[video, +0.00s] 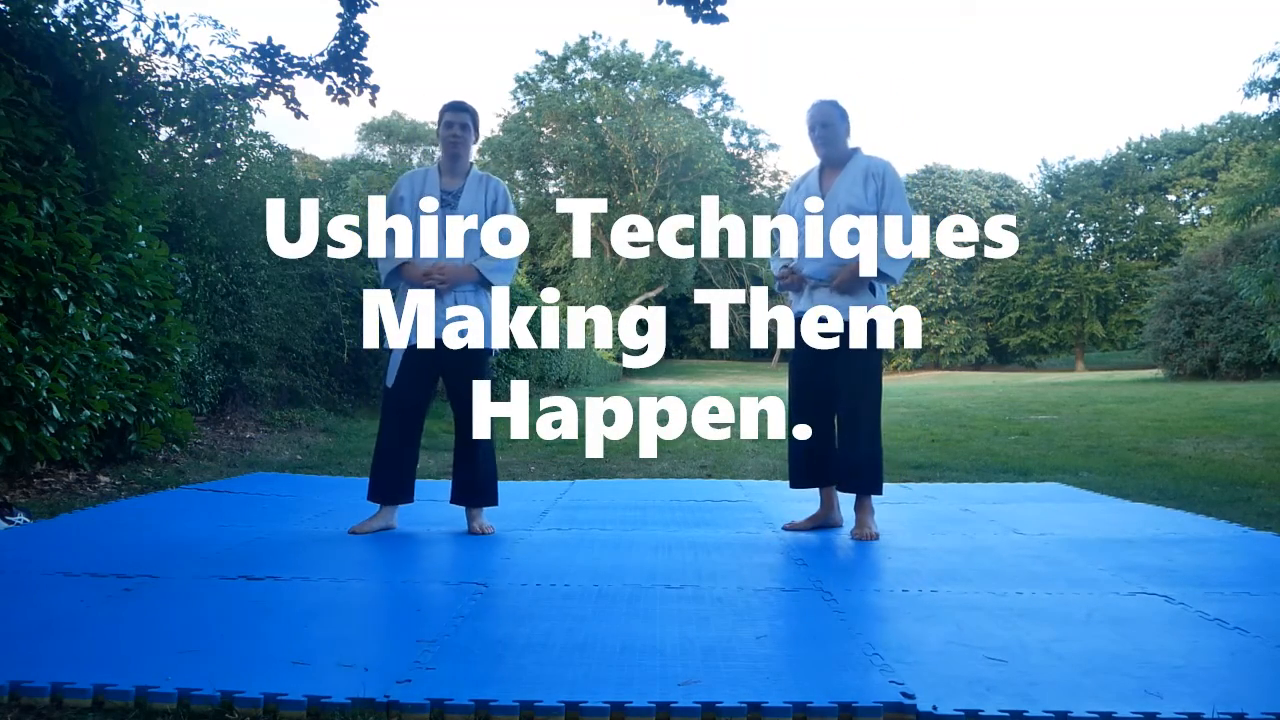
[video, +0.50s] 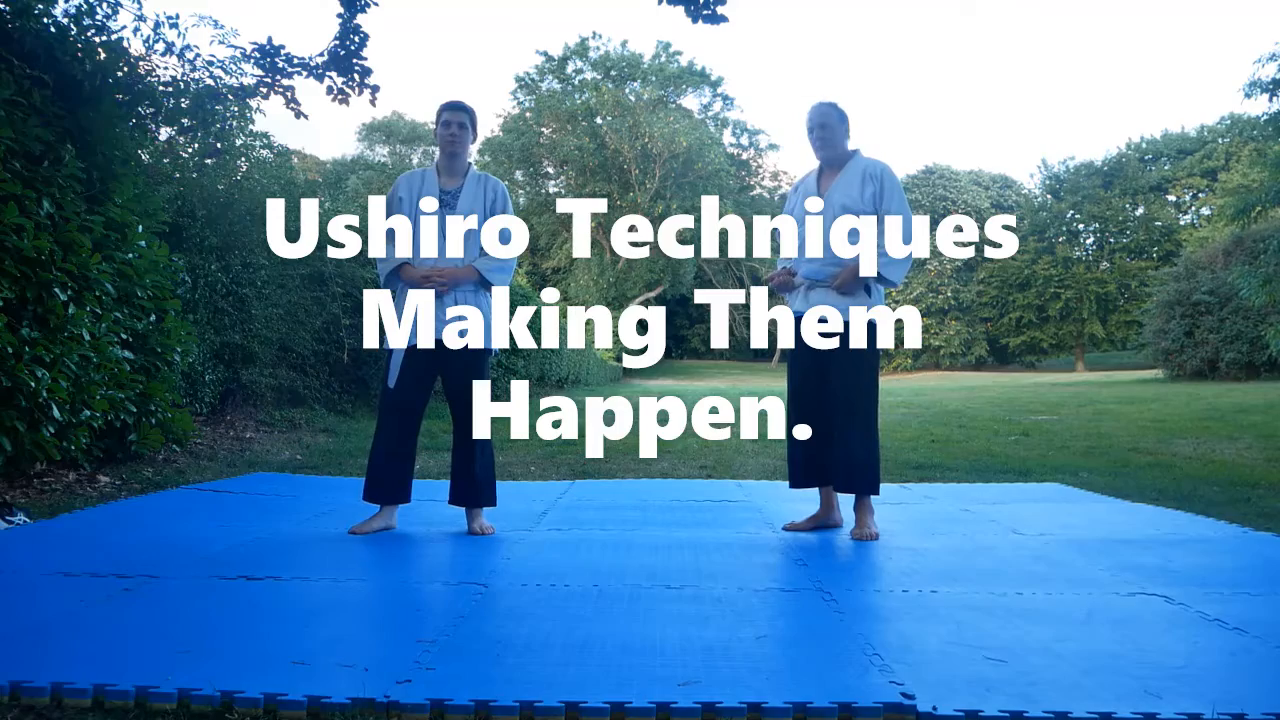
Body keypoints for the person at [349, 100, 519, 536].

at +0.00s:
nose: (455, 133)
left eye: (463, 128)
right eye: (449, 126)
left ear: (476, 138)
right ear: (437, 134)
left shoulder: (493, 189)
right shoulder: (408, 184)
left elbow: (507, 256)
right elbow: (388, 248)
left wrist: (462, 271)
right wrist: (413, 272)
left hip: (470, 320)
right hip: (413, 318)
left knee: (473, 414)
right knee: (399, 409)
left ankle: (475, 512)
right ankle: (387, 509)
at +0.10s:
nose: (453, 133)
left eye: (461, 127)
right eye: (447, 126)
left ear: (474, 138)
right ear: (436, 134)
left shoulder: (492, 189)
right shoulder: (408, 185)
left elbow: (506, 257)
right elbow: (388, 250)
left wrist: (460, 272)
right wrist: (414, 274)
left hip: (470, 319)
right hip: (414, 317)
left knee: (473, 414)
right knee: (398, 408)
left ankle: (476, 511)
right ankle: (387, 509)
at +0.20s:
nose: (452, 132)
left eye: (460, 127)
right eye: (446, 125)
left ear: (473, 138)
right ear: (434, 134)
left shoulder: (492, 190)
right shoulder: (406, 185)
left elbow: (506, 257)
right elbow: (388, 251)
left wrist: (459, 272)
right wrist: (415, 274)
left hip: (470, 320)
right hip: (413, 319)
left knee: (472, 415)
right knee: (397, 410)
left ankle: (476, 512)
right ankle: (387, 510)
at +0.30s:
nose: (452, 132)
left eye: (460, 127)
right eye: (446, 125)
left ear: (473, 138)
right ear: (434, 134)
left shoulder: (492, 190)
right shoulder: (406, 185)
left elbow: (506, 257)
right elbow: (388, 251)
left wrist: (460, 272)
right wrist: (414, 274)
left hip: (470, 320)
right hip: (413, 318)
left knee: (472, 415)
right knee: (397, 410)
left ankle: (476, 511)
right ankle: (387, 510)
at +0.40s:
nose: (452, 132)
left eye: (460, 126)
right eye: (446, 125)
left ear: (474, 138)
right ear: (434, 133)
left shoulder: (492, 190)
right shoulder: (406, 185)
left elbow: (504, 258)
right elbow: (388, 254)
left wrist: (456, 274)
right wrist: (417, 275)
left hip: (469, 320)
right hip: (413, 318)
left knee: (472, 415)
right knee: (398, 411)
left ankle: (475, 512)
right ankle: (387, 510)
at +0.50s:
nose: (452, 132)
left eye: (461, 127)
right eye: (446, 125)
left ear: (474, 138)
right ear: (434, 133)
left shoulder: (493, 190)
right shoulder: (406, 185)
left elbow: (504, 258)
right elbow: (388, 253)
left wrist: (456, 274)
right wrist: (416, 275)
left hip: (470, 320)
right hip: (413, 318)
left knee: (472, 414)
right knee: (398, 411)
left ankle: (475, 513)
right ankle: (387, 510)